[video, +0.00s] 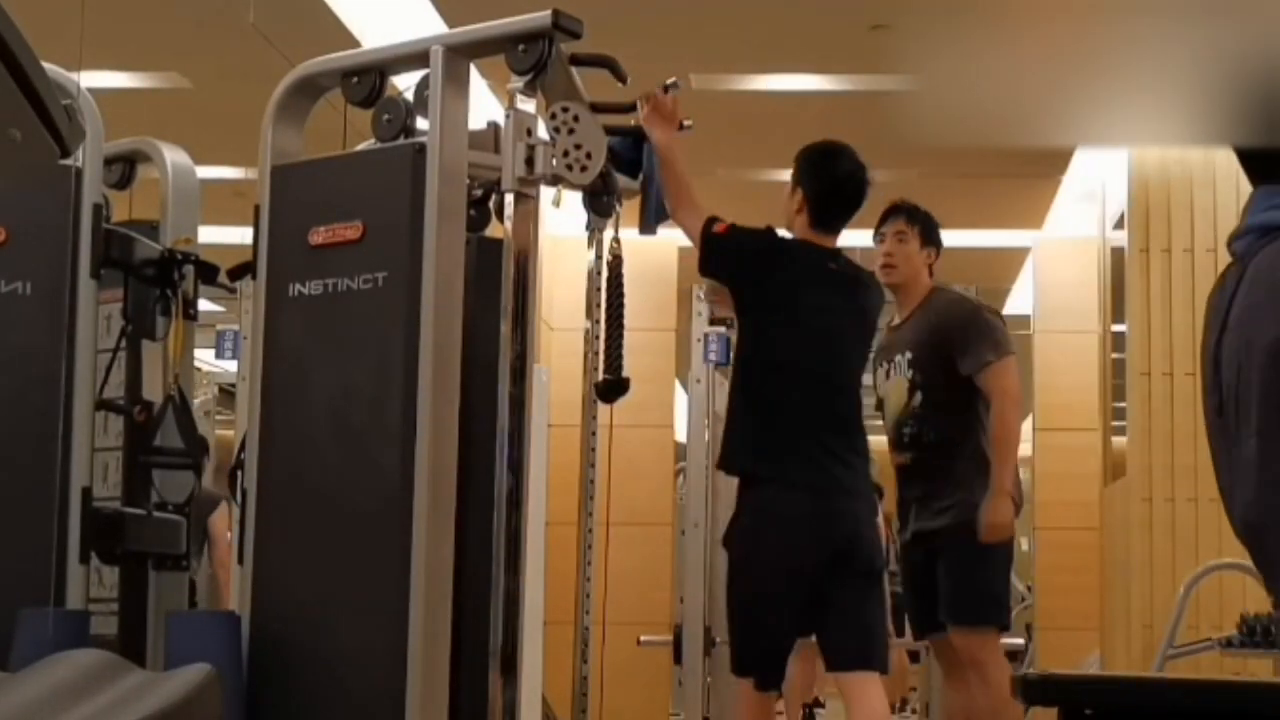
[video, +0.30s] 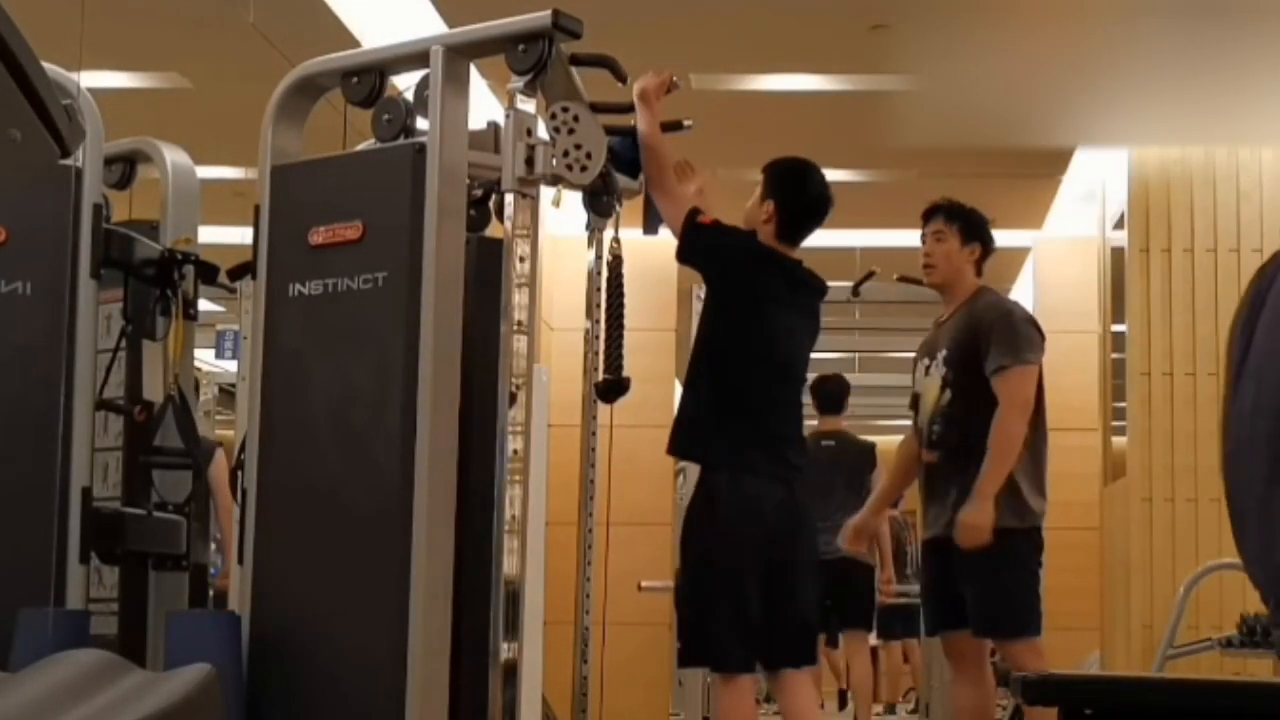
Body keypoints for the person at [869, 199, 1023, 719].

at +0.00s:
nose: (887, 250)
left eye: (901, 239)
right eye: (881, 240)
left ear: (930, 255)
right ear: (874, 253)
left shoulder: (960, 313)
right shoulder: (886, 338)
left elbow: (1008, 396)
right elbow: (894, 434)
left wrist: (1001, 493)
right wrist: (893, 510)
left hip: (969, 509)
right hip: (918, 516)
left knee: (976, 642)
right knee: (945, 647)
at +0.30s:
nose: (926, 251)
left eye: (939, 240)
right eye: (924, 241)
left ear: (974, 251)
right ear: (923, 251)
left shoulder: (1001, 316)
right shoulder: (935, 338)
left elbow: (1016, 410)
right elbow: (919, 437)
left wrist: (983, 497)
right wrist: (874, 510)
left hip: (1003, 518)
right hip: (945, 523)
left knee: (1020, 652)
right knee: (963, 653)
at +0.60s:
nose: (954, 246)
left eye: (967, 235)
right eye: (956, 236)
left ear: (1001, 247)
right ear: (982, 249)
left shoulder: (1036, 319)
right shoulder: (963, 340)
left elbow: (1046, 413)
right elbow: (951, 424)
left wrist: (967, 475)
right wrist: (904, 477)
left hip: (1034, 521)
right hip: (978, 522)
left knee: (1047, 657)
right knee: (976, 653)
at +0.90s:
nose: (967, 247)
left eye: (980, 236)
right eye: (971, 236)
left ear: (1015, 249)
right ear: (997, 249)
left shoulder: (1048, 325)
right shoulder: (989, 335)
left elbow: (1071, 430)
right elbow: (982, 436)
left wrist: (1072, 527)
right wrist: (954, 519)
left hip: (1043, 524)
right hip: (991, 523)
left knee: (1057, 657)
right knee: (965, 638)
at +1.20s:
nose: (975, 254)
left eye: (986, 241)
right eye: (974, 243)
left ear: (1022, 248)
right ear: (984, 250)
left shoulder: (1056, 323)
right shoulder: (990, 338)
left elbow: (1081, 421)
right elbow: (983, 441)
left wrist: (1054, 509)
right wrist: (961, 519)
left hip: (1037, 525)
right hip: (992, 526)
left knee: (1048, 656)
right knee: (1001, 653)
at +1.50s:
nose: (977, 257)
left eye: (988, 246)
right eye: (976, 247)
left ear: (1024, 252)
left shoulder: (1053, 322)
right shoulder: (990, 339)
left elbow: (1059, 412)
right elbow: (974, 440)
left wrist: (1000, 490)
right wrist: (928, 507)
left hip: (1038, 519)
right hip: (995, 518)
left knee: (1046, 662)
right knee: (1008, 656)